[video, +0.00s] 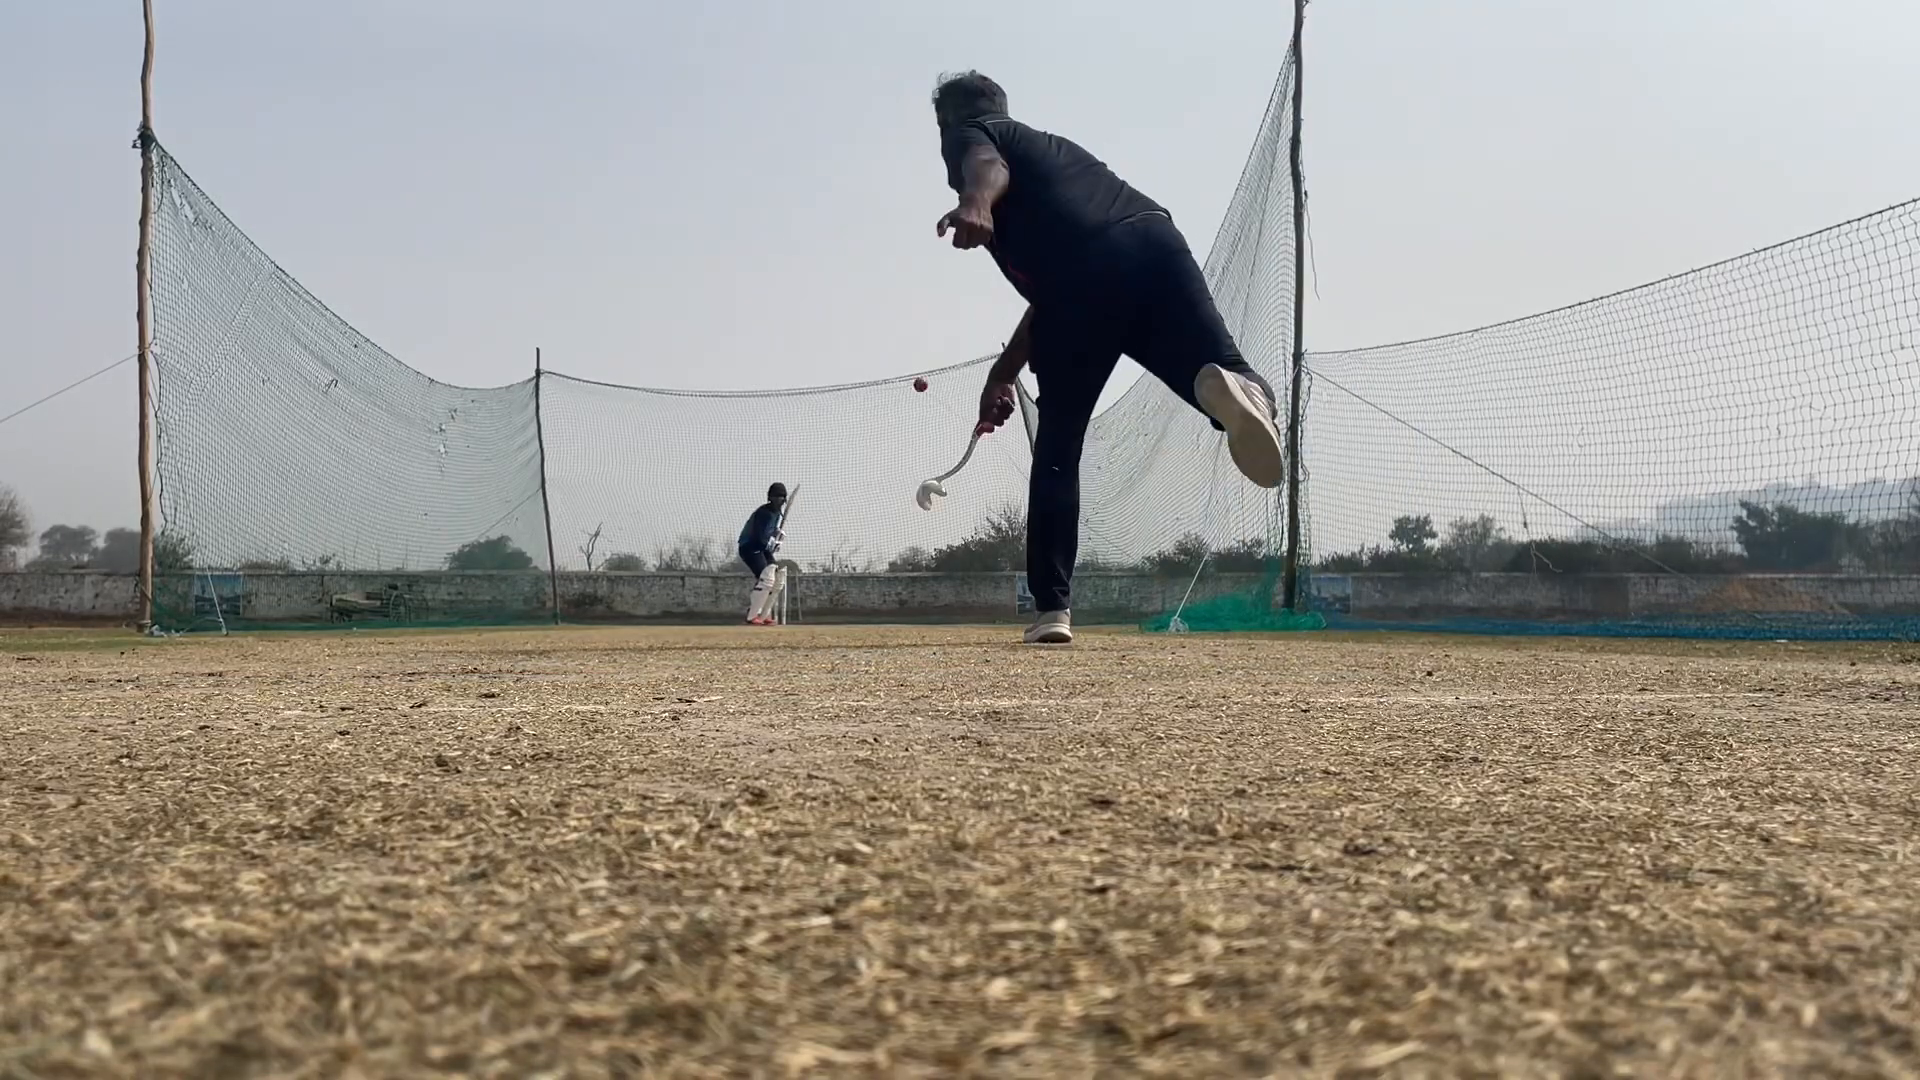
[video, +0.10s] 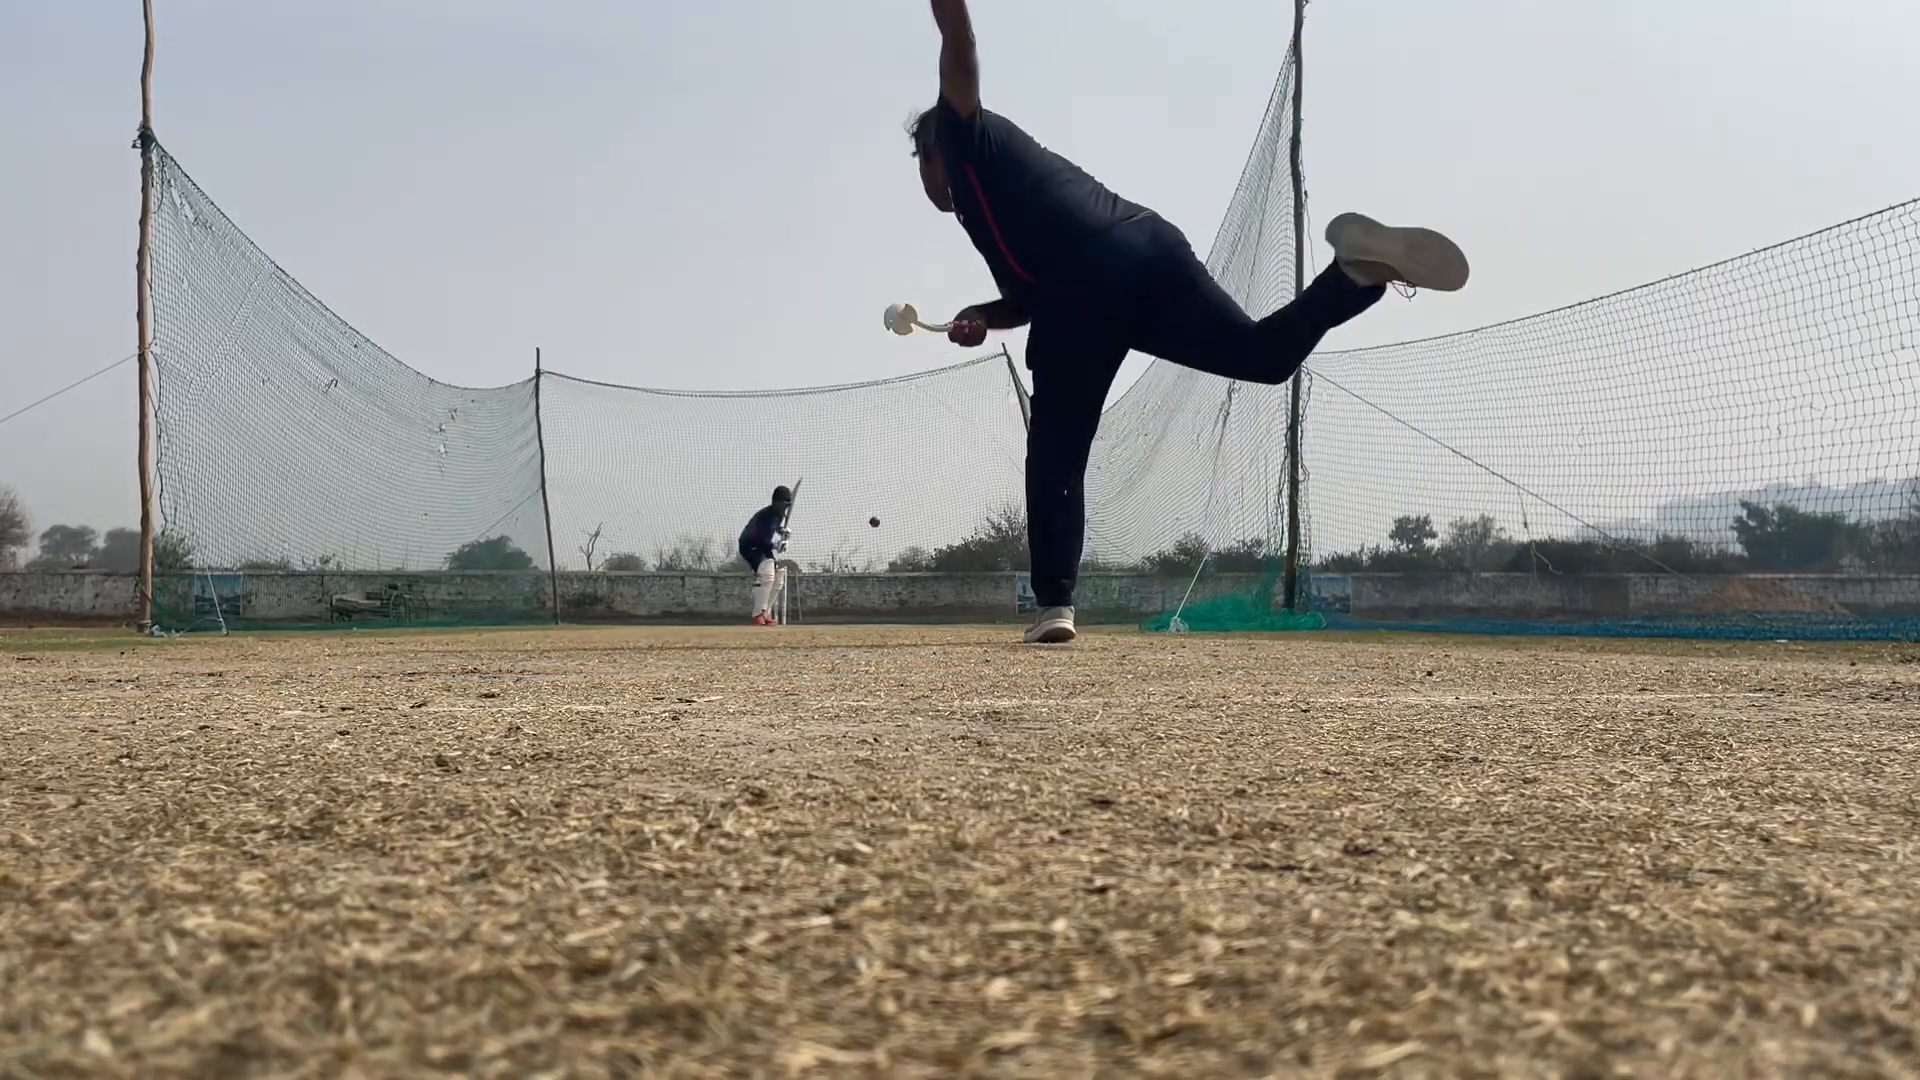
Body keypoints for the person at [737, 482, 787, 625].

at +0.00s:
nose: (783, 500)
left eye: (784, 496)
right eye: (780, 496)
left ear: (785, 498)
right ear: (771, 497)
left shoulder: (777, 513)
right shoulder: (765, 512)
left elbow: (772, 529)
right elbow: (760, 538)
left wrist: (777, 534)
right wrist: (772, 545)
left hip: (762, 547)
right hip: (749, 547)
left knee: (777, 577)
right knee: (767, 576)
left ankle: (765, 615)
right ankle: (752, 615)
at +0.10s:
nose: (787, 504)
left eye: (788, 501)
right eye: (784, 501)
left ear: (788, 502)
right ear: (776, 501)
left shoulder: (778, 516)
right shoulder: (768, 516)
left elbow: (774, 528)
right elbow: (762, 541)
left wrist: (782, 532)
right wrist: (776, 546)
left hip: (762, 546)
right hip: (750, 546)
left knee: (778, 577)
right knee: (766, 572)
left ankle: (765, 613)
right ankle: (758, 613)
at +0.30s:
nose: (795, 505)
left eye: (797, 501)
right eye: (792, 501)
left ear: (799, 501)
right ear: (784, 499)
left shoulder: (785, 511)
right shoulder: (775, 511)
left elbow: (782, 521)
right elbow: (768, 538)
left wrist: (790, 526)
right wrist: (784, 540)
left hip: (768, 542)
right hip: (756, 542)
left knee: (771, 577)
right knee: (771, 575)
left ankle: (763, 616)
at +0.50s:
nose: (806, 500)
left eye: (807, 497)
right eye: (805, 497)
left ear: (795, 494)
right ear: (797, 495)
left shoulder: (792, 504)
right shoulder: (787, 506)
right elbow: (788, 528)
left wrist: (800, 521)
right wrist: (799, 532)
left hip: (773, 542)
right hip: (767, 543)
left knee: (776, 578)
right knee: (783, 576)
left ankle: (765, 614)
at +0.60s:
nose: (810, 498)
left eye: (811, 495)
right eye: (809, 494)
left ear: (796, 490)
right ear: (804, 493)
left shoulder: (784, 498)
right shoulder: (792, 504)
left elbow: (771, 507)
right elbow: (800, 530)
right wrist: (806, 522)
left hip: (766, 542)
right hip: (774, 543)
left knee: (778, 578)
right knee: (791, 575)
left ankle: (767, 614)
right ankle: (787, 616)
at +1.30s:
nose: (812, 488)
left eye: (813, 484)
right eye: (812, 484)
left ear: (796, 482)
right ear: (807, 485)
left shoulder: (785, 496)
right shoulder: (797, 499)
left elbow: (772, 512)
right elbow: (807, 523)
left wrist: (789, 516)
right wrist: (813, 526)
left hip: (773, 541)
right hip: (783, 541)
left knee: (782, 576)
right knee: (797, 575)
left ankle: (770, 611)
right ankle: (788, 615)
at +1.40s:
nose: (809, 485)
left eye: (809, 481)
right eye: (808, 481)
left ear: (794, 481)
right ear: (802, 482)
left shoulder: (785, 495)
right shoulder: (795, 497)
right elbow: (803, 520)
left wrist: (811, 525)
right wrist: (813, 531)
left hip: (774, 540)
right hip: (783, 541)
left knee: (783, 577)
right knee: (798, 574)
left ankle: (771, 613)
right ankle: (788, 616)